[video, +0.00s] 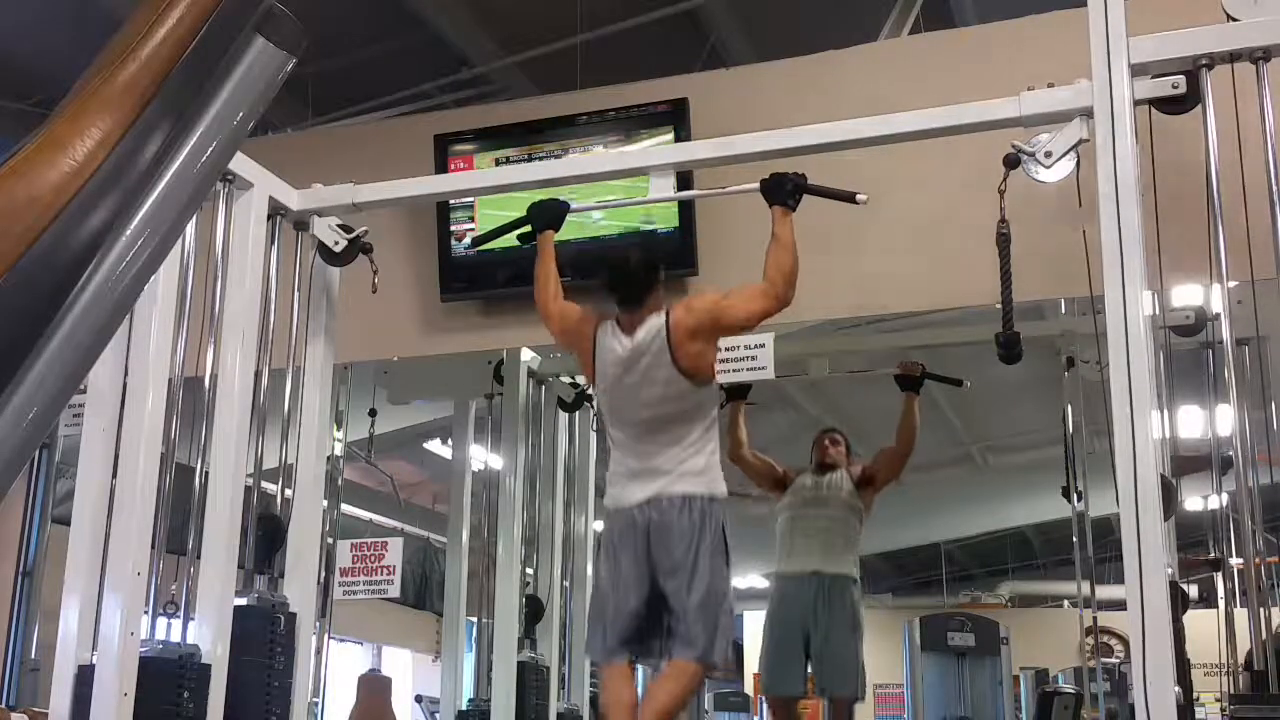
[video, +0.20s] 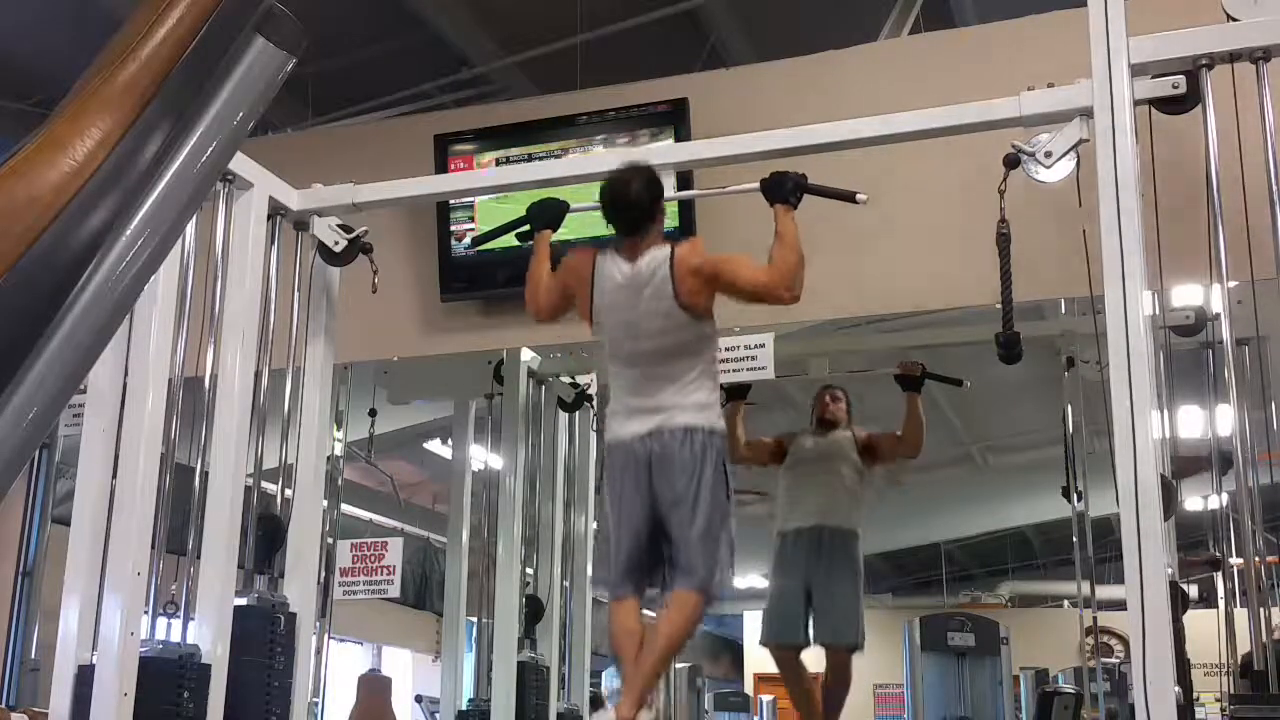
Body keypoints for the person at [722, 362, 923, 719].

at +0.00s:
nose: (828, 445)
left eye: (836, 442)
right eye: (822, 442)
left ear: (848, 455)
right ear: (811, 454)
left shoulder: (860, 480)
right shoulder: (789, 480)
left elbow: (902, 450)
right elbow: (739, 453)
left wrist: (910, 394)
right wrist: (736, 401)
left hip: (839, 589)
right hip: (788, 588)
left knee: (841, 696)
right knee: (779, 694)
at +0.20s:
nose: (828, 400)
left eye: (836, 398)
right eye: (822, 398)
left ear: (848, 413)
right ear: (813, 412)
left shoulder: (859, 441)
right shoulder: (792, 443)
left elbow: (910, 446)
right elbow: (740, 451)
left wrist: (912, 392)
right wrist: (735, 405)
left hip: (839, 543)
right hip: (791, 543)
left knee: (838, 646)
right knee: (781, 643)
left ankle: (829, 717)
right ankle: (811, 715)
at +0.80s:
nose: (830, 445)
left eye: (838, 441)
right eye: (825, 442)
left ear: (851, 454)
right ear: (815, 454)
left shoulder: (861, 482)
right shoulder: (791, 481)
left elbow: (907, 450)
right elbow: (740, 455)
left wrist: (912, 395)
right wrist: (736, 402)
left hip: (842, 591)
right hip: (791, 591)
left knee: (850, 697)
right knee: (789, 698)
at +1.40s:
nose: (826, 394)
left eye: (834, 391)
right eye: (820, 393)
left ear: (847, 405)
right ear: (812, 406)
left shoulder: (860, 432)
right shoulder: (792, 435)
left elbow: (909, 446)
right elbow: (741, 450)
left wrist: (912, 393)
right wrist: (736, 406)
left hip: (842, 533)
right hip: (793, 534)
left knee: (845, 637)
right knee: (785, 636)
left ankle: (832, 715)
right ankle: (822, 714)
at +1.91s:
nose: (829, 428)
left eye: (837, 426)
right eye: (823, 426)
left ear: (848, 439)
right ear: (813, 440)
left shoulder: (861, 467)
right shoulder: (789, 468)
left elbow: (910, 448)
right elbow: (738, 454)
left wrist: (912, 394)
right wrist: (737, 403)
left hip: (843, 577)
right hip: (791, 578)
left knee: (853, 682)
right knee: (790, 685)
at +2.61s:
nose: (822, 384)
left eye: (831, 378)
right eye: (816, 380)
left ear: (846, 390)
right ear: (809, 391)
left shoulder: (863, 421)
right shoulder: (789, 423)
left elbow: (909, 446)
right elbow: (741, 453)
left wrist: (912, 393)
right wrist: (737, 404)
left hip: (843, 523)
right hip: (794, 524)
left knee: (846, 628)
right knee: (789, 627)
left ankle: (832, 714)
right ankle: (825, 712)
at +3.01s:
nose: (826, 419)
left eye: (835, 415)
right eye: (820, 416)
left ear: (849, 429)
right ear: (813, 428)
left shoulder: (860, 457)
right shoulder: (791, 458)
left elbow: (910, 448)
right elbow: (741, 455)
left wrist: (912, 394)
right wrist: (735, 404)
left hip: (845, 568)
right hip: (795, 569)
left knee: (857, 673)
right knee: (797, 677)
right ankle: (827, 715)